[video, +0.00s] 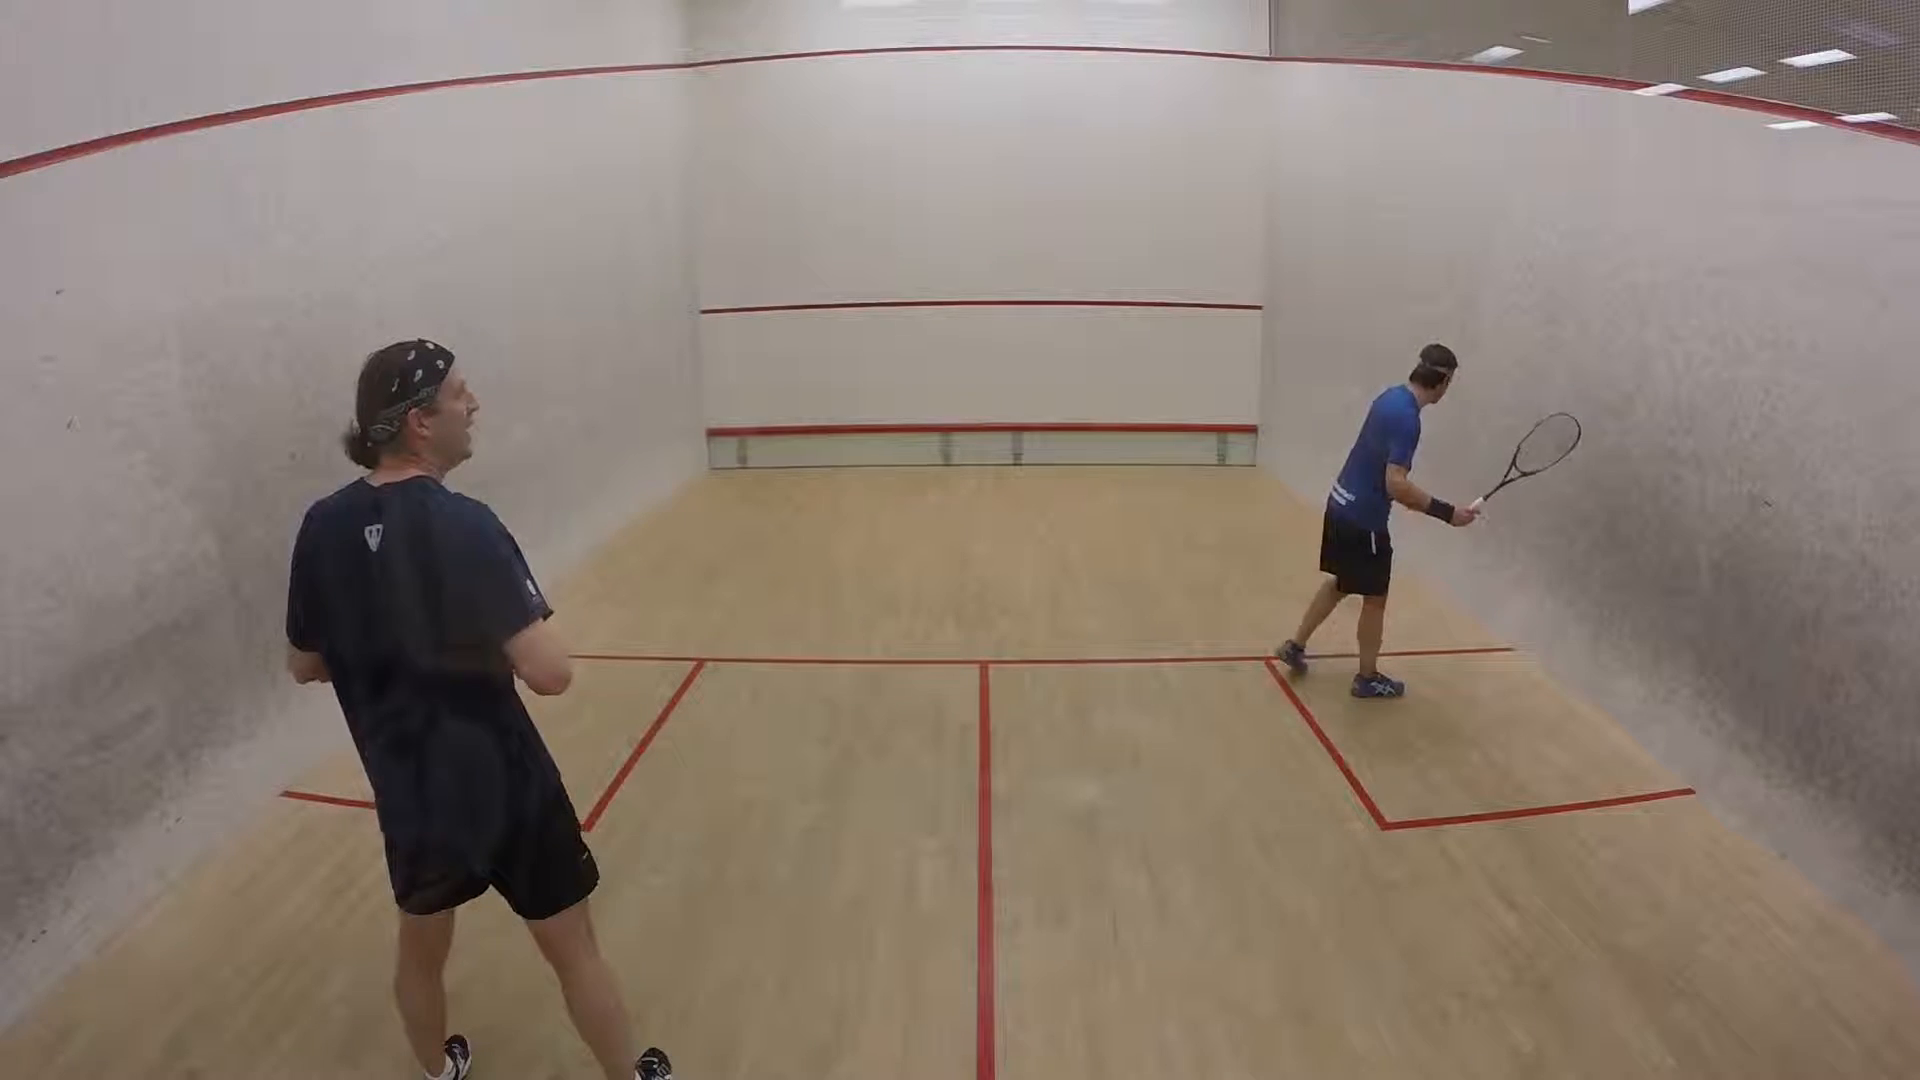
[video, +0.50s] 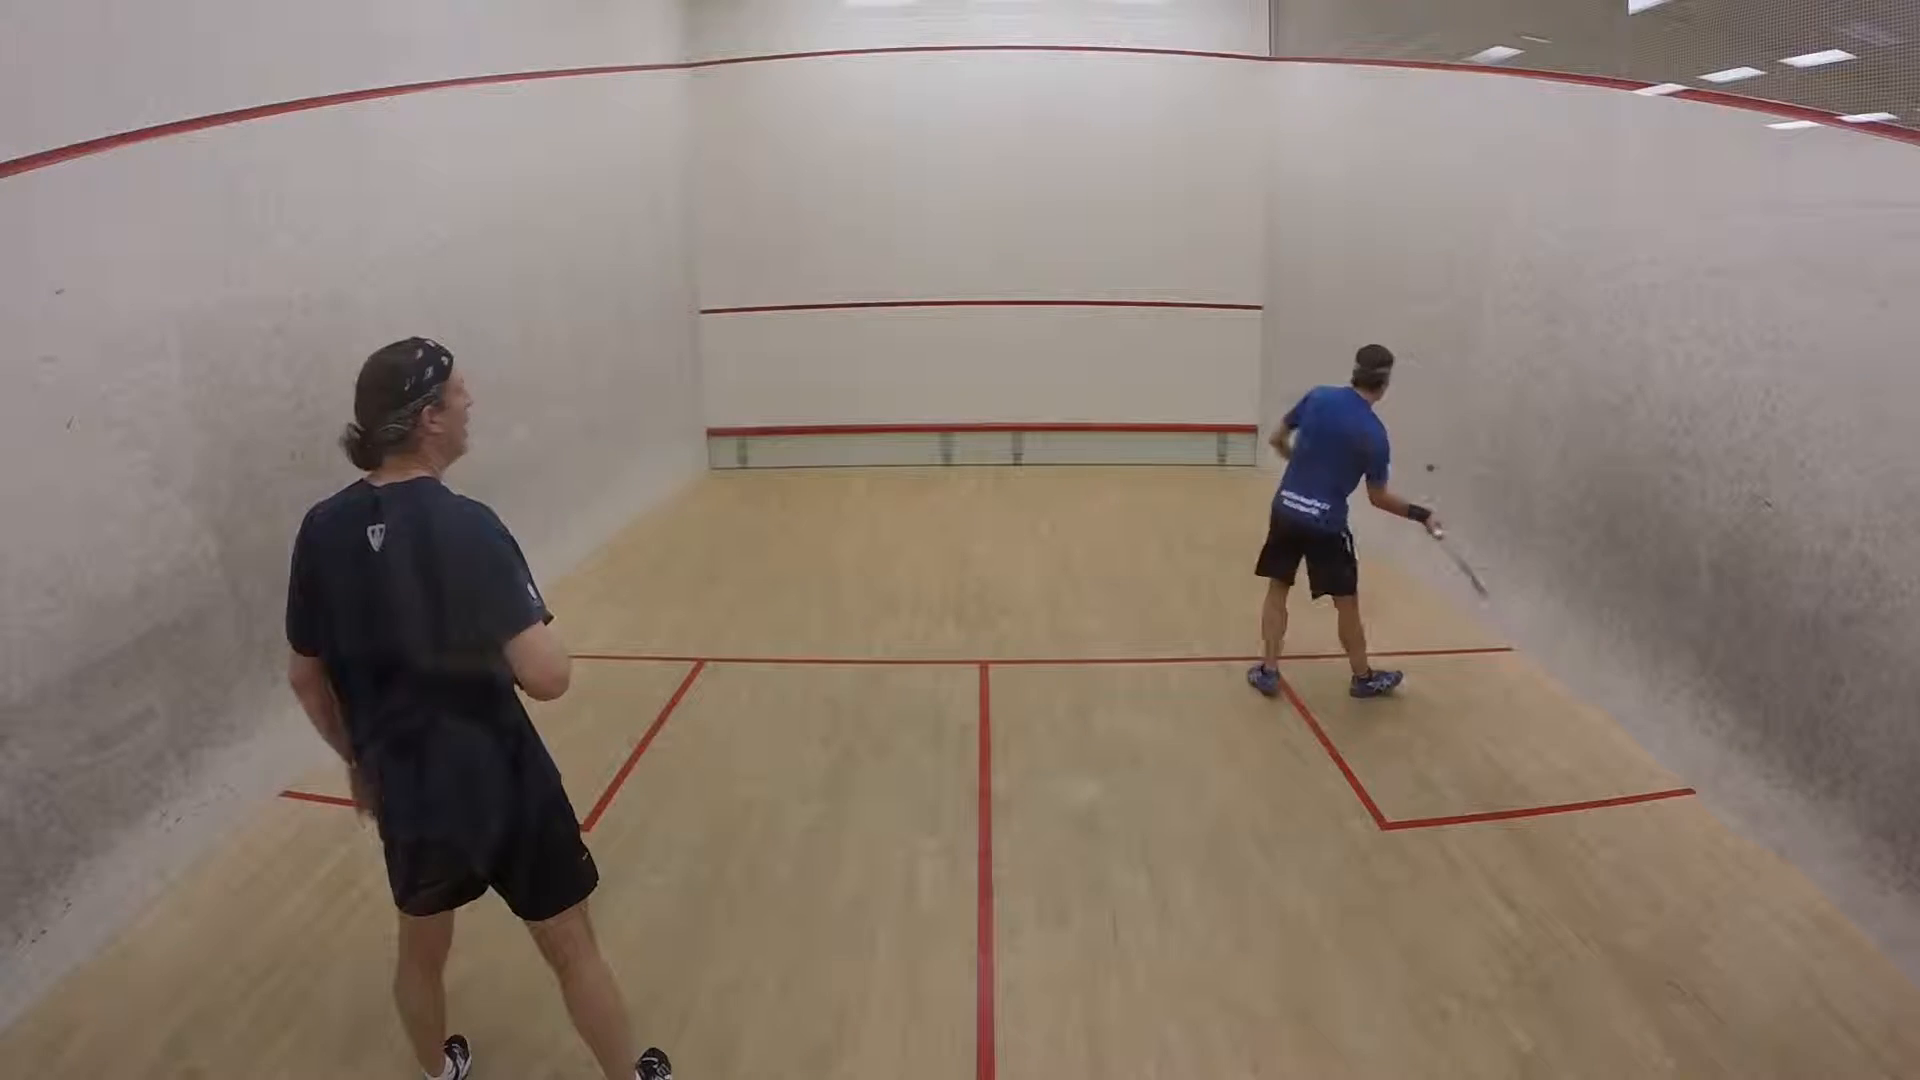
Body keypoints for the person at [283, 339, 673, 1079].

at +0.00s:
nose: (475, 407)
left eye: (467, 392)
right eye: (459, 397)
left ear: (398, 425)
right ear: (414, 423)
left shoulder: (324, 525)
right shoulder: (465, 524)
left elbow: (306, 663)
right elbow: (550, 672)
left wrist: (386, 642)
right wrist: (504, 623)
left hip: (408, 794)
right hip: (505, 782)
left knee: (420, 953)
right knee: (574, 951)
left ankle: (437, 1070)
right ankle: (632, 1070)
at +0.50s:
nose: (470, 411)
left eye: (465, 396)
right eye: (461, 399)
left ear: (382, 421)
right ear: (426, 420)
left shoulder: (324, 528)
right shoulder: (469, 525)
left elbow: (307, 675)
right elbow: (547, 676)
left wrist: (357, 756)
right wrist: (519, 627)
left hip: (402, 783)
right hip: (502, 775)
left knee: (420, 952)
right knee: (572, 949)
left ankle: (438, 1069)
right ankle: (631, 1071)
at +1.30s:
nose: (442, 431)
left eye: (435, 418)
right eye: (437, 422)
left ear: (349, 459)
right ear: (427, 444)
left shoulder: (317, 570)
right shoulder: (496, 530)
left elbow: (292, 736)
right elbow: (579, 638)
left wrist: (292, 845)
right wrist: (492, 652)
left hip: (408, 822)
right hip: (516, 801)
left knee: (415, 954)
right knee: (577, 940)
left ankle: (436, 1066)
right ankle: (640, 1069)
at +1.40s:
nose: (446, 429)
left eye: (438, 417)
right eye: (440, 421)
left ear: (356, 463)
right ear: (436, 444)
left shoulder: (333, 582)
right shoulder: (506, 529)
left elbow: (298, 748)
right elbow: (549, 639)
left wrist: (281, 863)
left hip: (417, 838)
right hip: (529, 807)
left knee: (410, 978)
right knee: (583, 945)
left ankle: (427, 1072)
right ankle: (641, 1069)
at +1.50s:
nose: (453, 440)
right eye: (448, 430)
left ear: (356, 477)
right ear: (444, 452)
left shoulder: (346, 602)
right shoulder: (505, 531)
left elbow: (280, 756)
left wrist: (238, 847)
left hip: (424, 858)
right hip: (531, 825)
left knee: (394, 1003)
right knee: (580, 953)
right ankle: (641, 1070)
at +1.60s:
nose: (445, 434)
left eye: (436, 421)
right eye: (439, 427)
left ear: (347, 487)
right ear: (437, 453)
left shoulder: (353, 621)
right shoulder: (487, 528)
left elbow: (260, 730)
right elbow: (411, 591)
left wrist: (199, 771)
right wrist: (315, 593)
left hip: (421, 863)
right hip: (520, 830)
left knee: (364, 1017)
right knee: (564, 953)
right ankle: (637, 1069)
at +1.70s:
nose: (427, 448)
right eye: (419, 439)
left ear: (325, 498)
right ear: (416, 465)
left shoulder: (355, 637)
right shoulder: (456, 530)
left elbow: (251, 707)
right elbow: (352, 578)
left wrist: (188, 699)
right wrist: (266, 583)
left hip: (405, 879)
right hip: (499, 836)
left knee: (343, 1057)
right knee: (553, 966)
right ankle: (634, 1069)